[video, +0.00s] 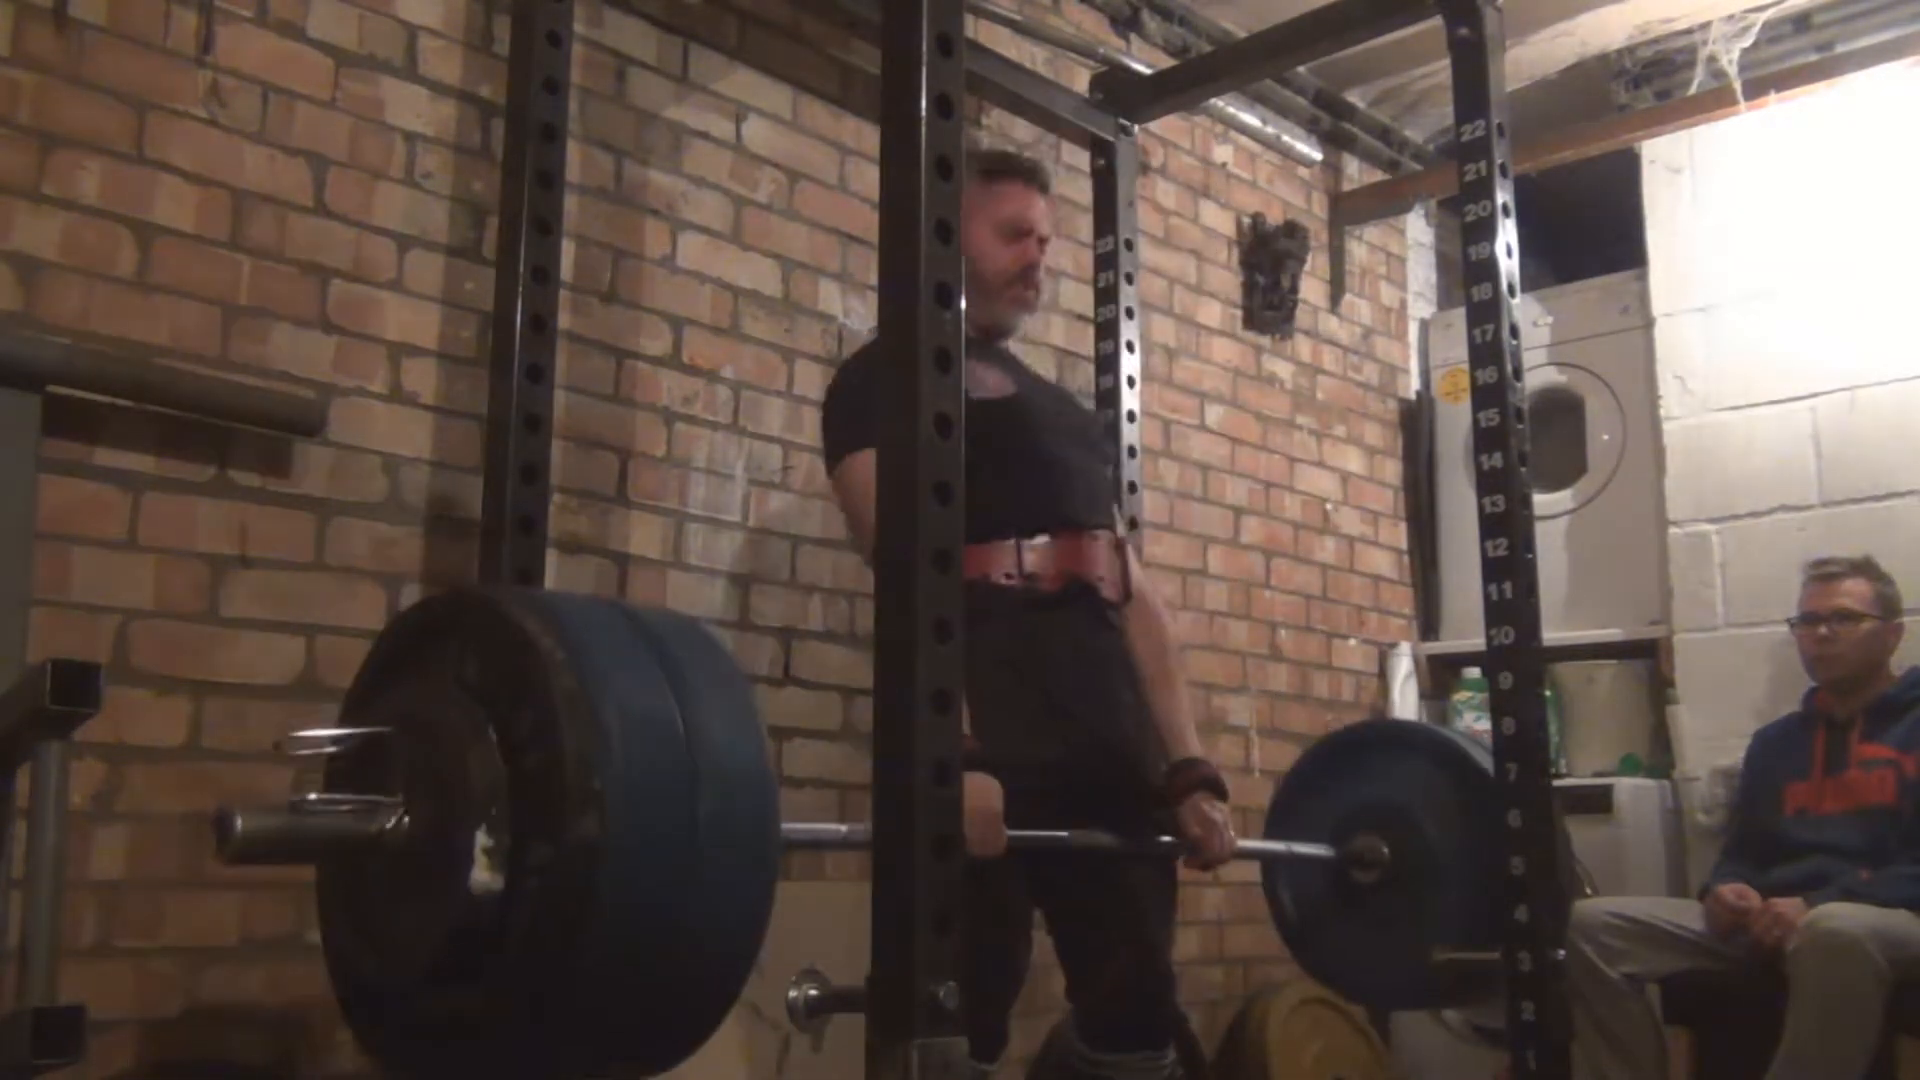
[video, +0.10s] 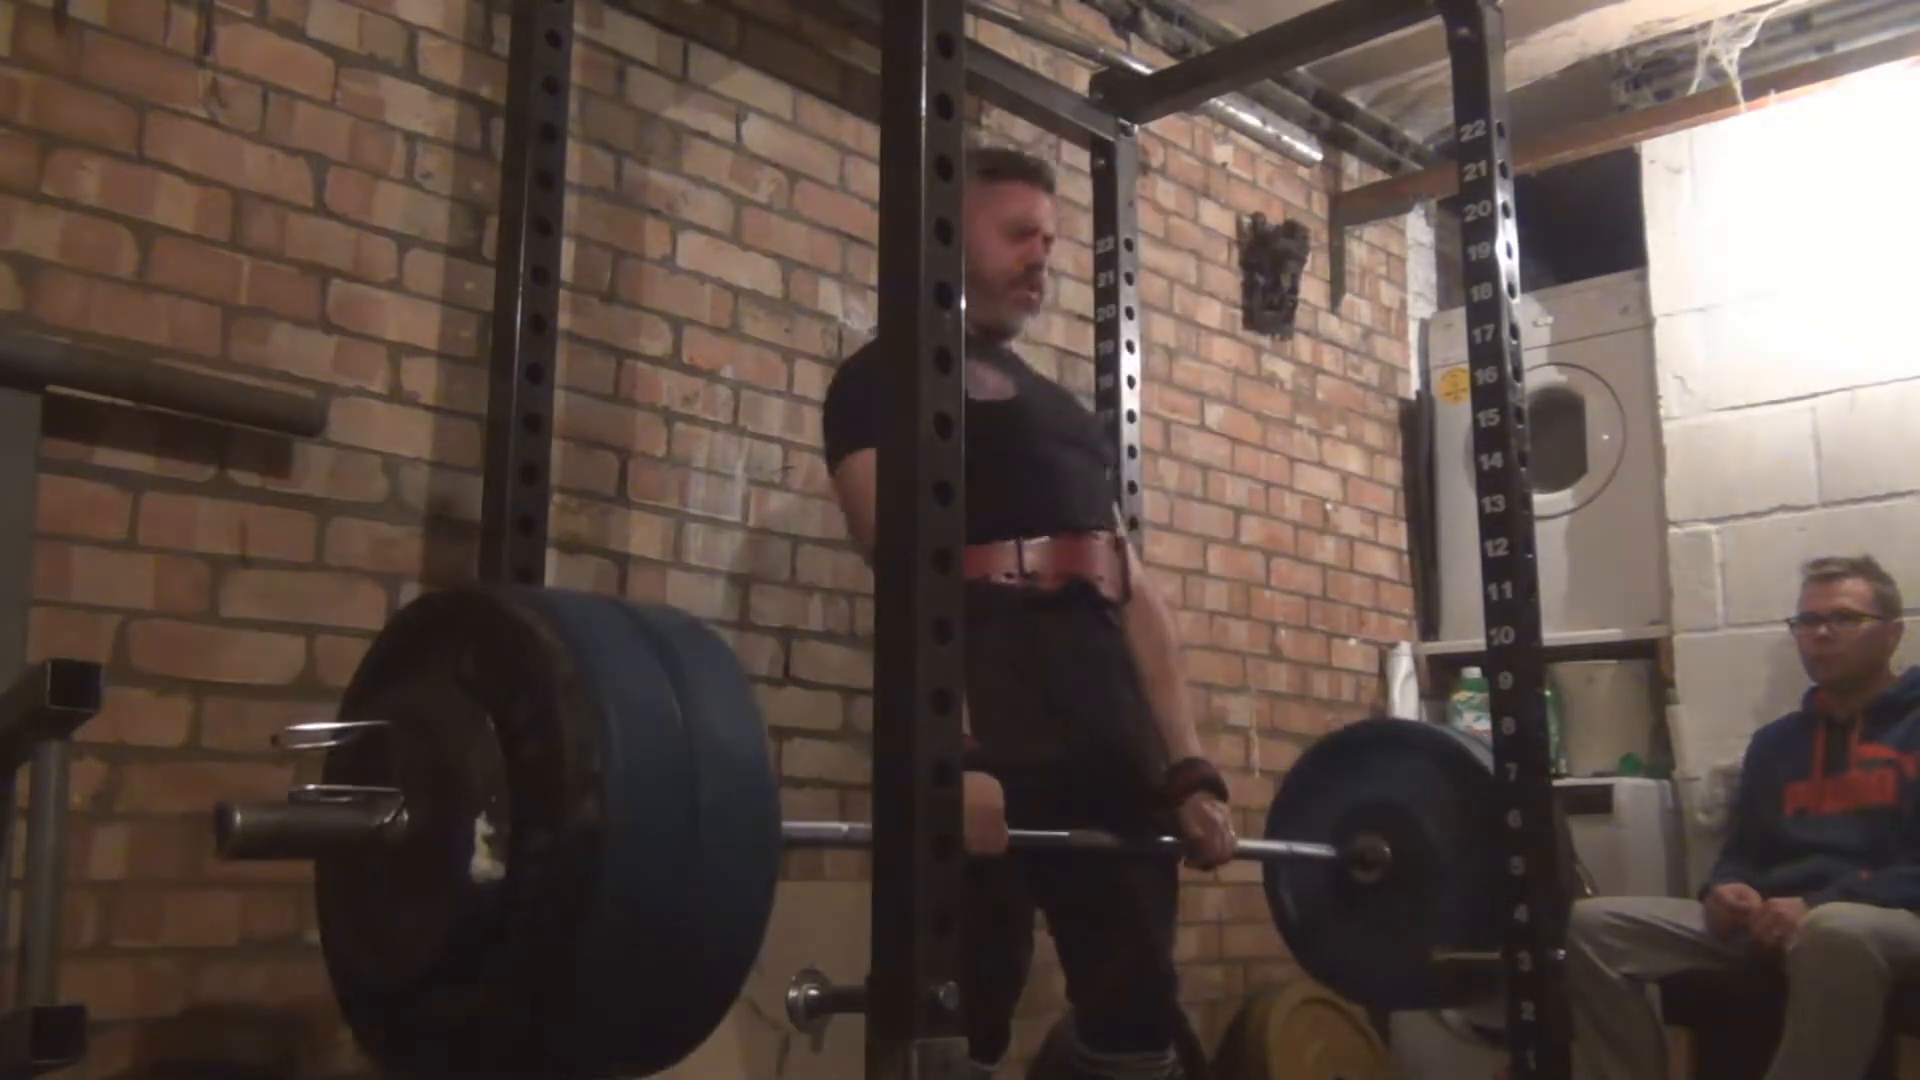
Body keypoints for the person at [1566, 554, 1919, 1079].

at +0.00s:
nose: (1821, 634)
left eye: (1842, 619)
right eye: (1808, 620)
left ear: (1892, 634)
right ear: (1794, 633)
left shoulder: (1912, 722)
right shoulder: (1775, 742)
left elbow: (1913, 871)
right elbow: (1740, 852)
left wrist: (1817, 906)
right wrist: (1725, 890)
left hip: (1891, 919)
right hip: (1765, 918)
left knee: (1833, 936)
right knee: (1591, 928)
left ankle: (1799, 1073)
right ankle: (1633, 1073)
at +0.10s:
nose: (1821, 634)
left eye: (1843, 619)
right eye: (1808, 620)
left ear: (1892, 634)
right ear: (1794, 633)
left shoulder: (1912, 722)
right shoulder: (1775, 742)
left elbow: (1914, 871)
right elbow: (1740, 851)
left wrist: (1817, 906)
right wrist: (1725, 890)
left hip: (1892, 919)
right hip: (1765, 917)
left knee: (1834, 936)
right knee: (1591, 928)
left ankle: (1799, 1073)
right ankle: (1633, 1073)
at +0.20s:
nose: (1820, 634)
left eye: (1842, 619)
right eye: (1807, 620)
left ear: (1891, 634)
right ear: (1794, 633)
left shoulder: (1912, 722)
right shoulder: (1775, 742)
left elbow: (1913, 871)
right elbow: (1739, 852)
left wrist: (1816, 906)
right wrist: (1726, 889)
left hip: (1891, 919)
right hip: (1766, 918)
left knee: (1833, 936)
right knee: (1592, 928)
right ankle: (1629, 1073)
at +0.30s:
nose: (1820, 634)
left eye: (1842, 619)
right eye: (1807, 620)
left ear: (1891, 634)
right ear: (1794, 633)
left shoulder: (1914, 721)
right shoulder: (1775, 742)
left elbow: (1914, 872)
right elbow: (1739, 852)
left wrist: (1817, 906)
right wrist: (1726, 891)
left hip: (1892, 920)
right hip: (1765, 918)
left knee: (1833, 936)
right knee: (1590, 928)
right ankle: (1632, 1072)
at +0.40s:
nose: (1820, 633)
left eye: (1842, 618)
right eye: (1807, 620)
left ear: (1892, 634)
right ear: (1794, 633)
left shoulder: (1914, 721)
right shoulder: (1775, 742)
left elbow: (1914, 869)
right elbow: (1741, 852)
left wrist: (1815, 905)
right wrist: (1727, 891)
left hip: (1893, 918)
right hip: (1766, 917)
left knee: (1833, 936)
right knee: (1587, 928)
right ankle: (1629, 1072)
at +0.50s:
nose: (1819, 633)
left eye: (1841, 618)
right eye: (1807, 620)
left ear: (1891, 634)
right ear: (1794, 633)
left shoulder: (1914, 722)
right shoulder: (1775, 742)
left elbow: (1914, 870)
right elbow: (1741, 852)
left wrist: (1815, 905)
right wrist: (1727, 891)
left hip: (1892, 919)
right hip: (1766, 917)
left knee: (1833, 936)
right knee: (1587, 928)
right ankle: (1629, 1072)